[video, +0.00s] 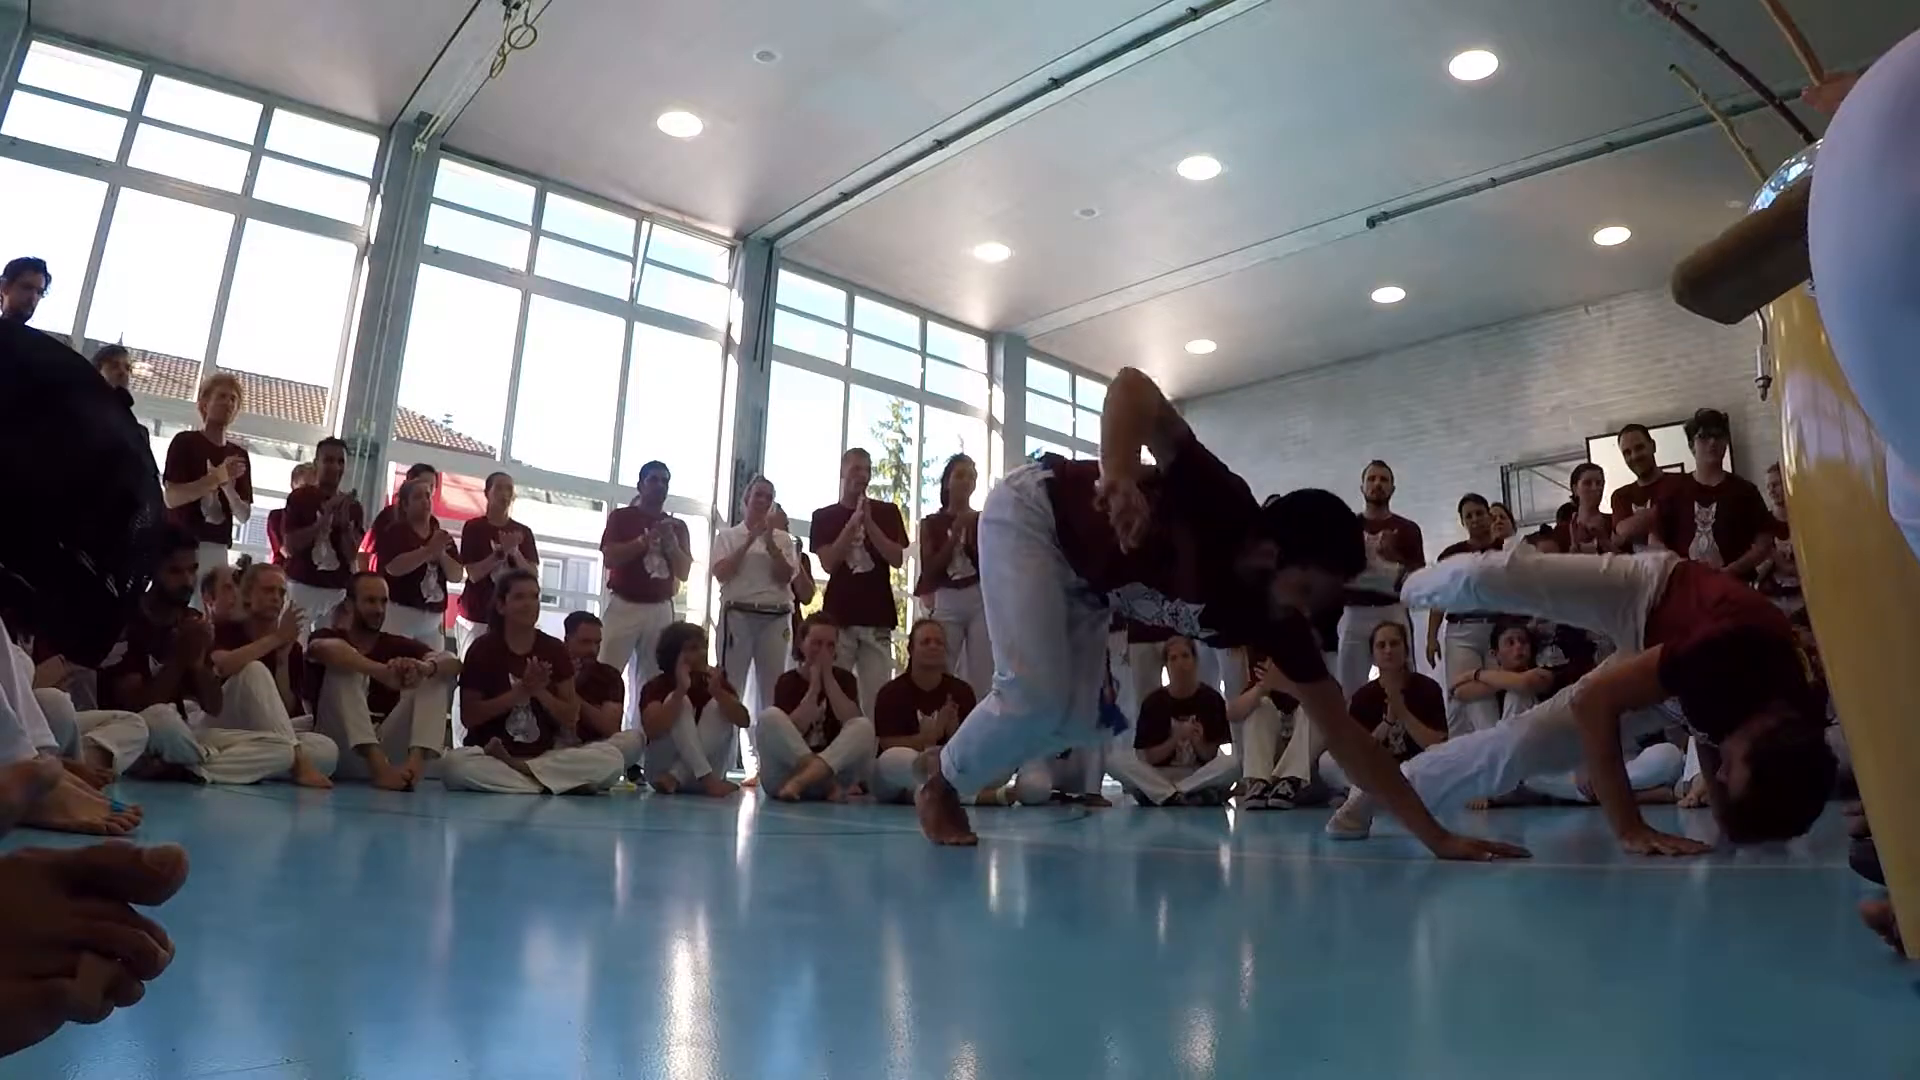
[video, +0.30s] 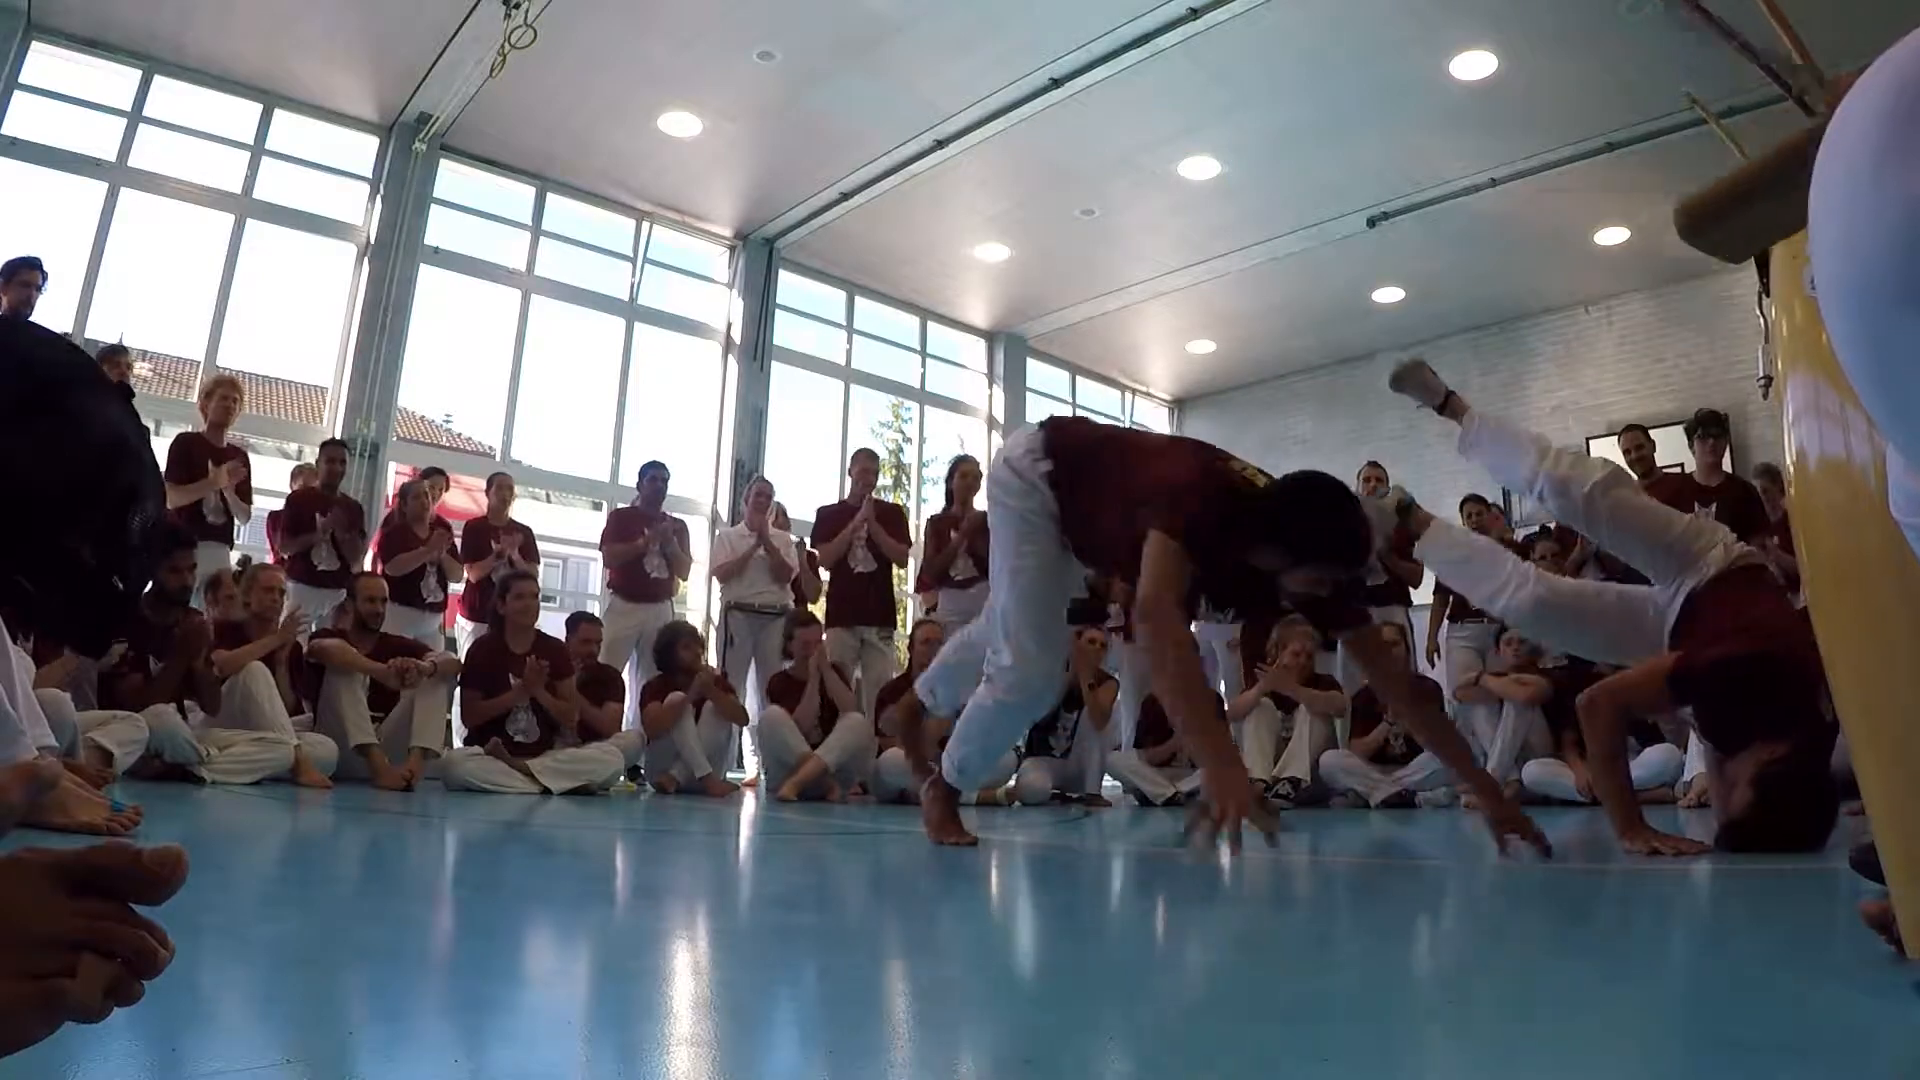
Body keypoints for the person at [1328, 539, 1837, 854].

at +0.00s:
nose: (1715, 783)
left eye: (1725, 791)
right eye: (1725, 778)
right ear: (1750, 742)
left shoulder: (1798, 738)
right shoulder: (1736, 656)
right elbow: (1596, 700)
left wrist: (1702, 787)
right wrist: (1630, 829)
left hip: (1660, 674)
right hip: (1653, 595)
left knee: (1522, 745)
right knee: (1505, 572)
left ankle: (1383, 790)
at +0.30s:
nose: (1718, 797)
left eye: (1722, 808)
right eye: (1731, 798)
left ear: (1772, 764)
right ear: (1760, 768)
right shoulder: (1735, 676)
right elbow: (1596, 706)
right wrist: (1632, 830)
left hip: (1676, 634)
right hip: (1716, 571)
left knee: (1534, 602)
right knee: (1567, 481)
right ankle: (1450, 405)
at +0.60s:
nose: (1718, 798)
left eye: (1726, 806)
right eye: (1730, 799)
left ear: (1775, 770)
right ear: (1758, 765)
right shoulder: (1753, 685)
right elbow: (1608, 700)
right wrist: (1634, 827)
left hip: (1674, 604)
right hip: (1709, 550)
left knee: (1574, 500)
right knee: (1591, 434)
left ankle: (1445, 363)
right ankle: (1456, 322)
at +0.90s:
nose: (1727, 799)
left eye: (1728, 812)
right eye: (1738, 800)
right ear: (1764, 776)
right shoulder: (1773, 701)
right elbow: (1665, 687)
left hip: (1672, 602)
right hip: (1716, 557)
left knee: (1580, 477)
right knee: (1600, 416)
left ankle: (1457, 328)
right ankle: (1469, 289)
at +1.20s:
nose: (1733, 808)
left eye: (1738, 823)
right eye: (1745, 803)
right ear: (1768, 773)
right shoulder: (1779, 694)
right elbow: (1631, 695)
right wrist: (1615, 799)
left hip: (1673, 606)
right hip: (1721, 555)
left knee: (1580, 466)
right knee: (1602, 413)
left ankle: (1461, 319)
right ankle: (1473, 281)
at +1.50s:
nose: (1720, 800)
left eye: (1728, 815)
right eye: (1737, 798)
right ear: (1767, 772)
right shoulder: (1782, 692)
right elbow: (1630, 695)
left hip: (1686, 618)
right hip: (1737, 556)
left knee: (1547, 549)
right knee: (1584, 475)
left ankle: (1518, 403)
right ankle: (1531, 364)